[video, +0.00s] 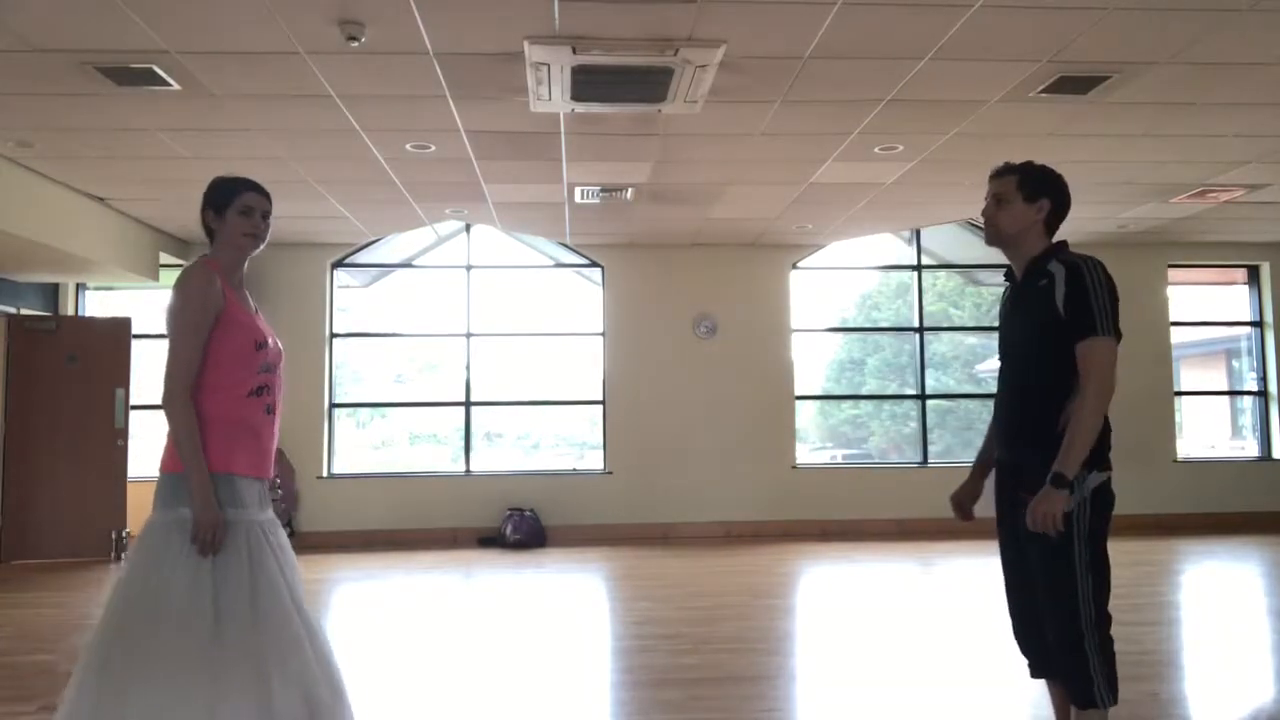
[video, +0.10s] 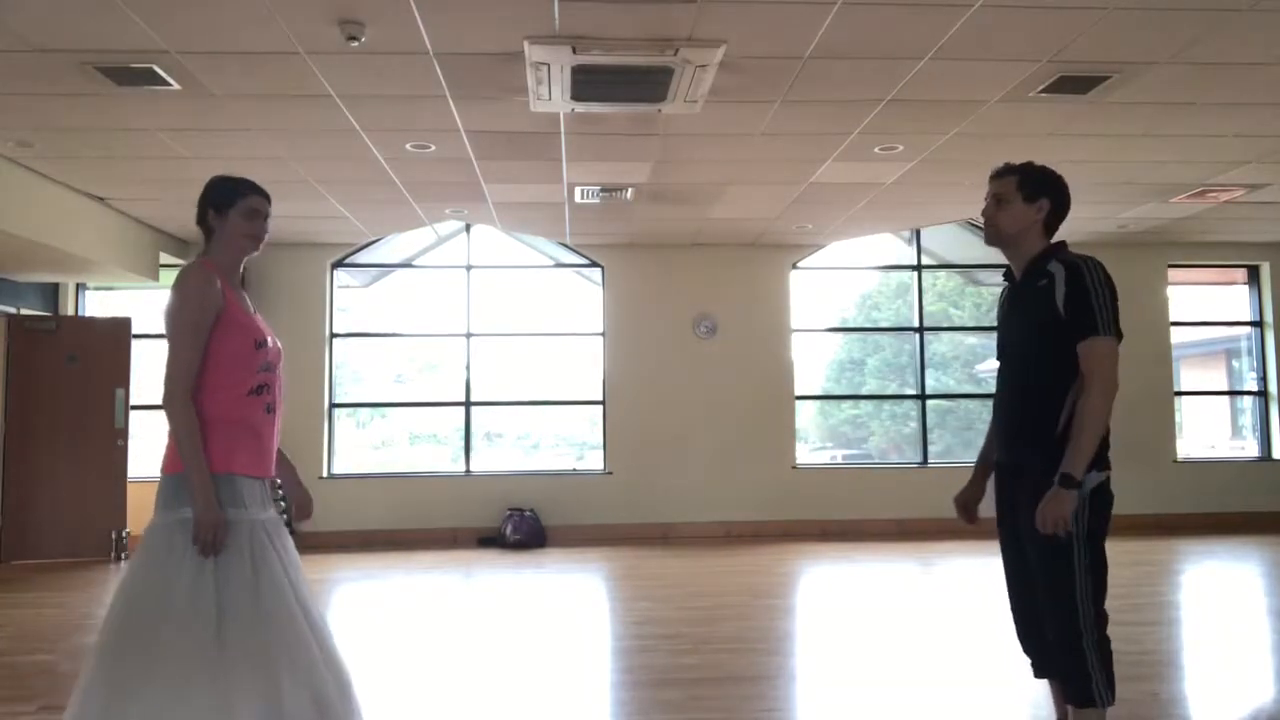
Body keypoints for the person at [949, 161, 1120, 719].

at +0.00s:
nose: (985, 212)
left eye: (999, 201)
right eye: (987, 202)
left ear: (1041, 210)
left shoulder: (1081, 274)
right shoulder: (1014, 294)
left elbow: (1099, 385)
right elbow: (1013, 398)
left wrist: (1059, 482)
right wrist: (977, 477)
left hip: (1068, 484)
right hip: (1020, 484)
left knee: (1076, 635)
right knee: (1042, 635)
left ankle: (1091, 715)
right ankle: (1066, 714)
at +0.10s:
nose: (984, 211)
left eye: (999, 201)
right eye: (986, 202)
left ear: (1040, 210)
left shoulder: (1080, 274)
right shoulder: (1013, 293)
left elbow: (1102, 384)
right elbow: (1013, 397)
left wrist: (1068, 483)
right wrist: (979, 478)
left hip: (1066, 484)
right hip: (1020, 482)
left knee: (1075, 630)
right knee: (1044, 629)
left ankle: (1089, 715)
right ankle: (1067, 713)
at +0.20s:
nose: (984, 212)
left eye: (998, 202)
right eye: (986, 202)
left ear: (1040, 211)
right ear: (1015, 216)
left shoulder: (1079, 274)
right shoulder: (1011, 293)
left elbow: (1102, 385)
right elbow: (1013, 396)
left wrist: (1073, 483)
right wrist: (983, 479)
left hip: (1063, 483)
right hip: (1019, 480)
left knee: (1072, 629)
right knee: (1043, 627)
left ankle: (1086, 716)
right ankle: (1067, 713)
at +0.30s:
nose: (984, 211)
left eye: (998, 202)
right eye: (986, 202)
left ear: (1040, 213)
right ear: (1000, 217)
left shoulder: (1077, 275)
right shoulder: (1009, 294)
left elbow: (1102, 385)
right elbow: (1012, 396)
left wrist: (1073, 483)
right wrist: (984, 482)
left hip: (1064, 482)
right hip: (1019, 479)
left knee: (1068, 629)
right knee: (1041, 626)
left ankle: (1082, 716)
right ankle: (1068, 711)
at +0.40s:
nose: (982, 212)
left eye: (997, 204)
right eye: (985, 203)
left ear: (1037, 215)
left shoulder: (1077, 277)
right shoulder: (1007, 297)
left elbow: (1102, 385)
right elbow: (1011, 396)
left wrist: (1073, 480)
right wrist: (985, 482)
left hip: (1065, 479)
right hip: (1021, 478)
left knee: (1065, 623)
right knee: (1039, 621)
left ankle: (1079, 715)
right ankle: (1070, 711)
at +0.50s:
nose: (980, 213)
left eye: (994, 205)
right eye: (984, 204)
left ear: (1034, 217)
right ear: (1012, 220)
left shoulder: (1076, 277)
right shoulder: (1005, 297)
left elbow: (1102, 385)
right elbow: (1011, 397)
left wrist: (1072, 478)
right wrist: (983, 482)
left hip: (1067, 476)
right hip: (1022, 476)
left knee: (1063, 621)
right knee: (1038, 618)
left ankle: (1077, 714)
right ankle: (1070, 711)